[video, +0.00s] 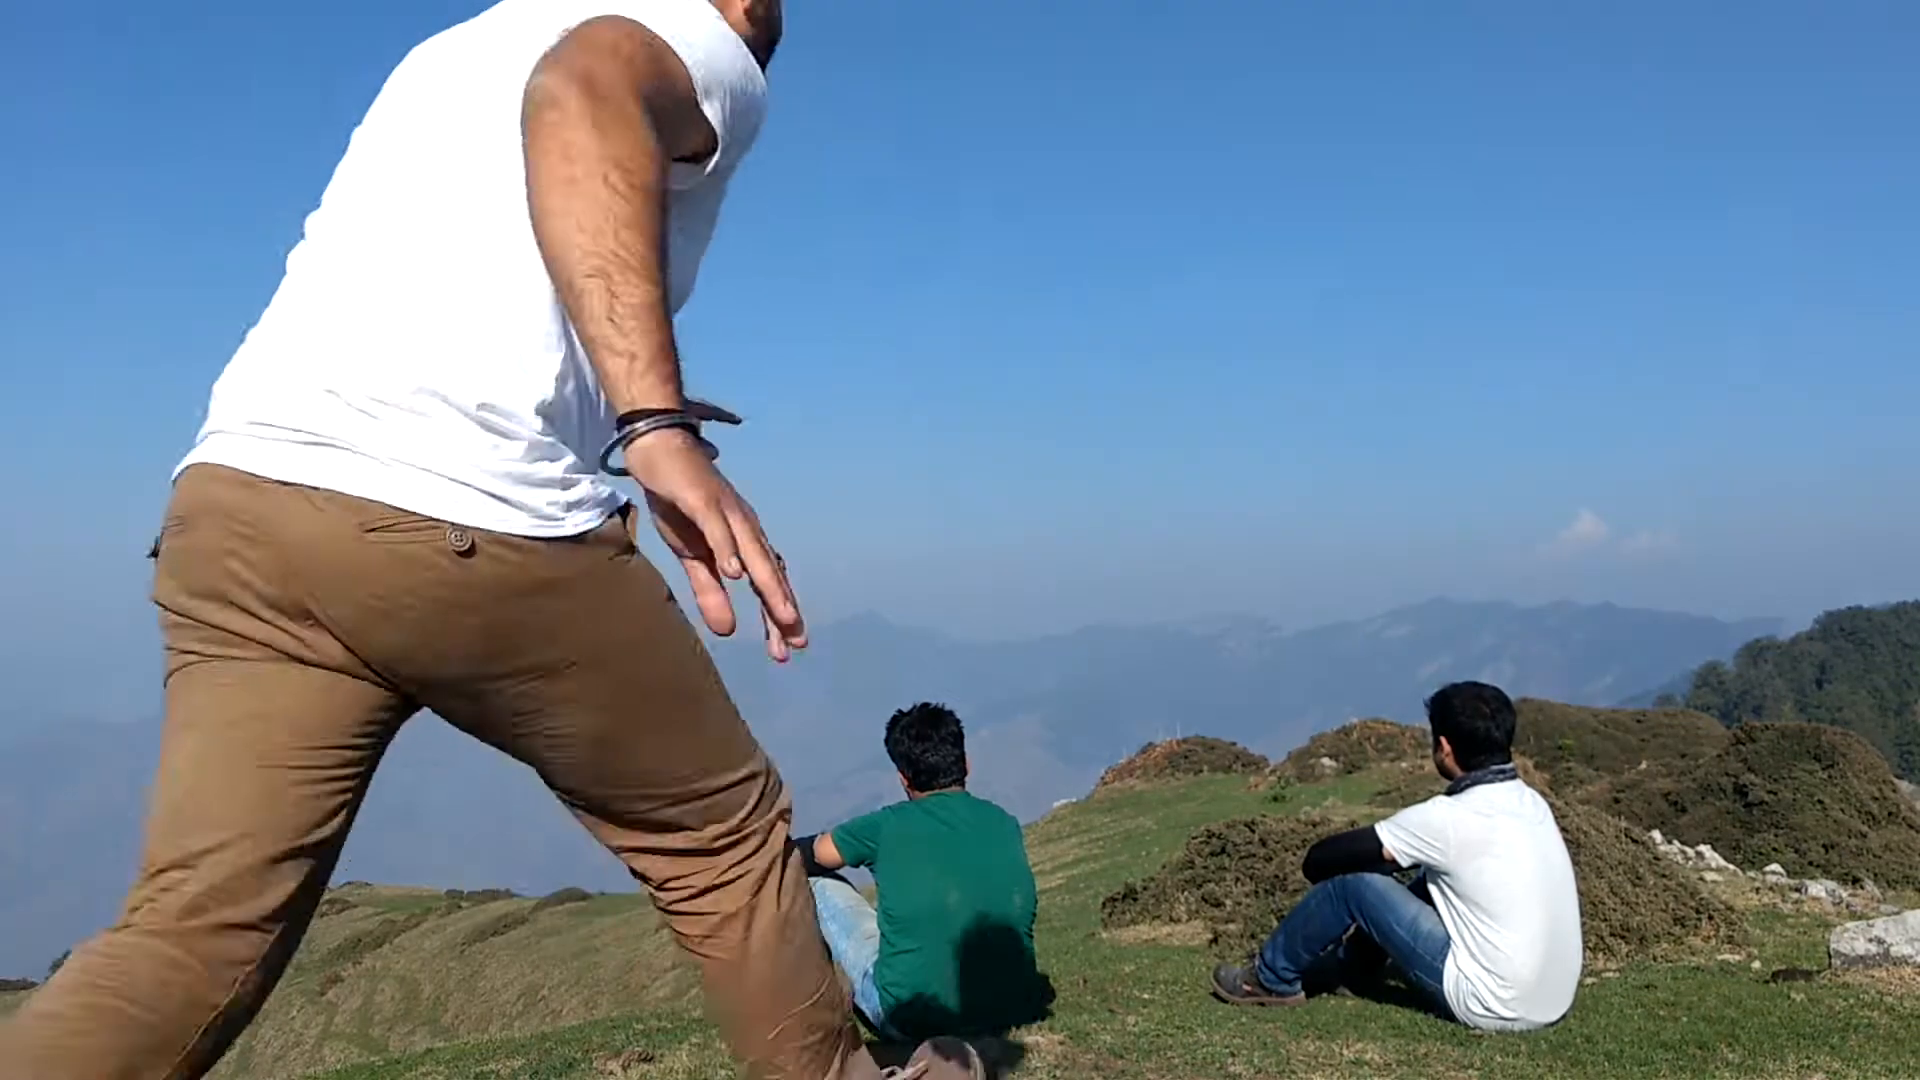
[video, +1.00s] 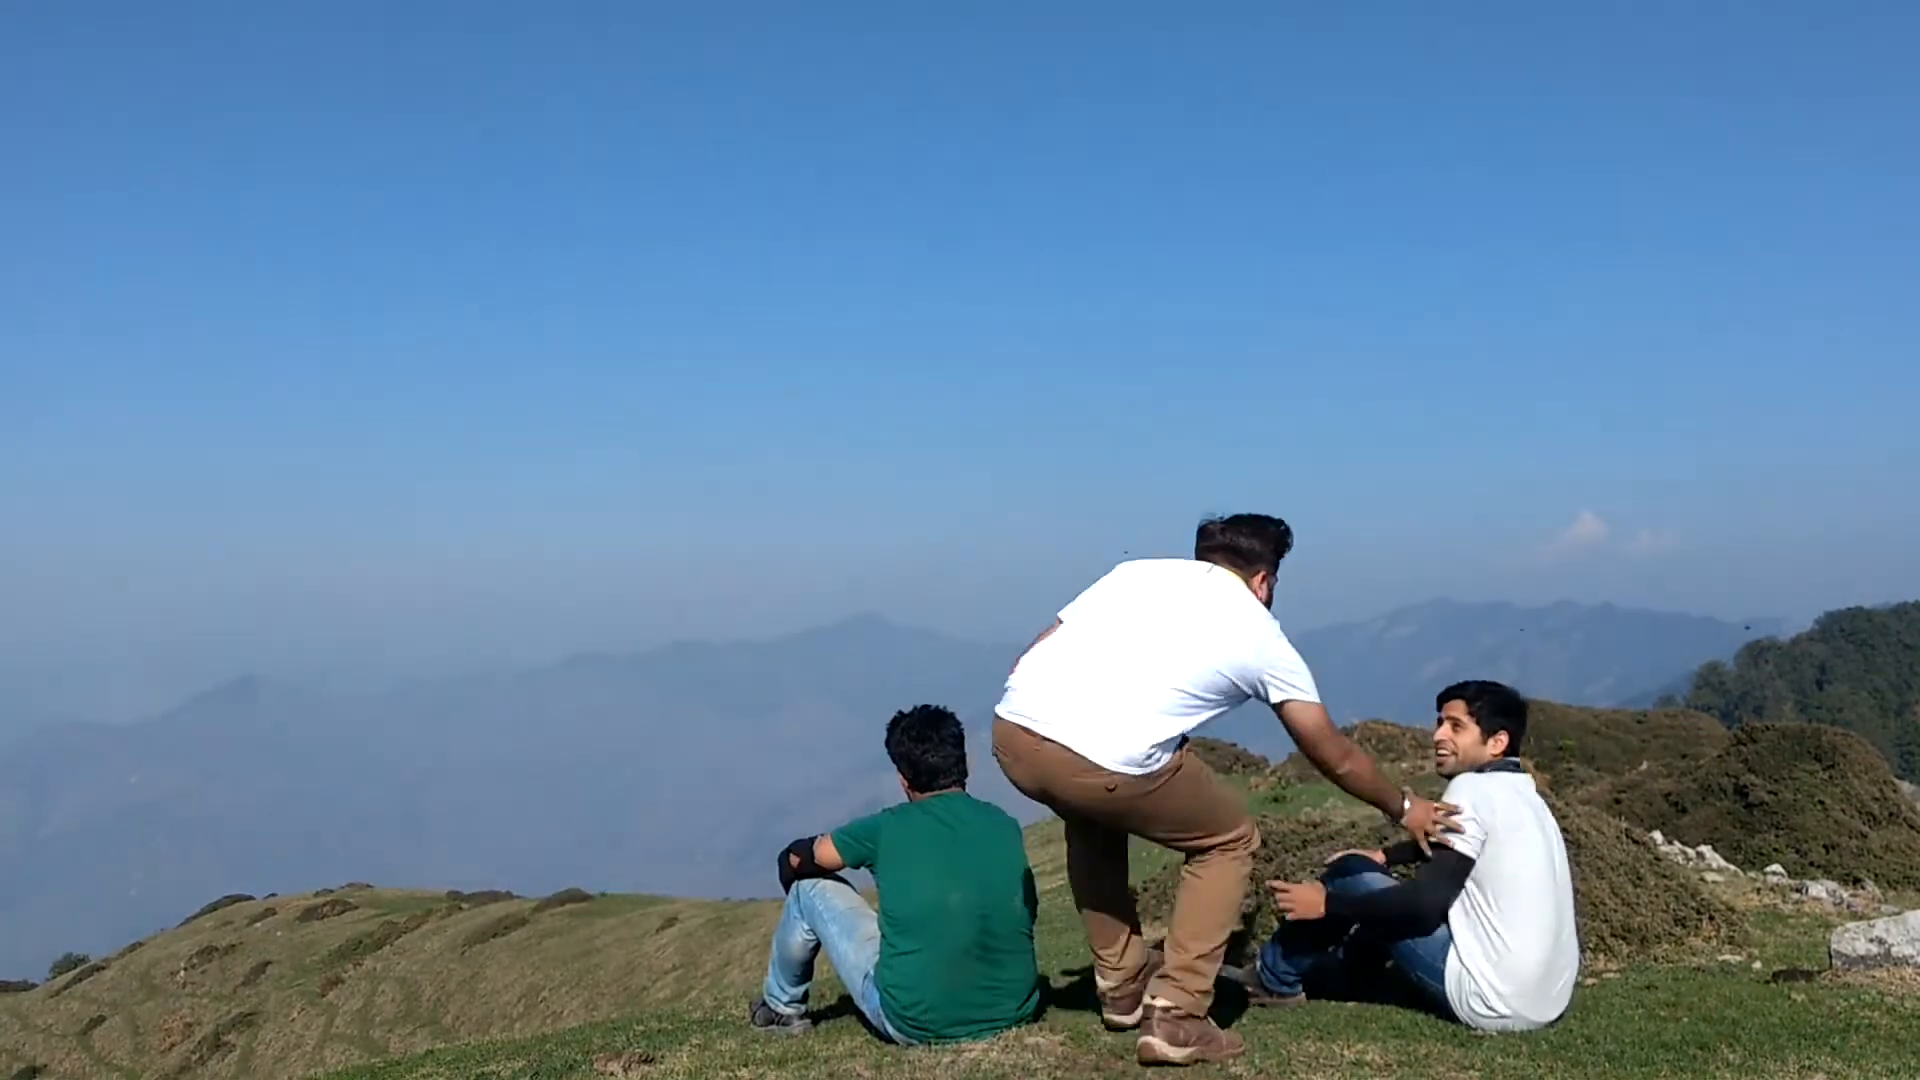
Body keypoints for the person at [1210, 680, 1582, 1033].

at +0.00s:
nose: (1433, 748)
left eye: (1434, 738)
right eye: (1433, 738)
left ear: (1447, 748)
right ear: (1503, 742)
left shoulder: (1449, 816)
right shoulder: (1533, 803)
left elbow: (1318, 860)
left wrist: (1390, 864)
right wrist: (1383, 860)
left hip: (1487, 1003)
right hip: (1547, 998)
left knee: (1353, 883)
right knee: (1430, 876)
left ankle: (1271, 976)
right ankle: (1352, 964)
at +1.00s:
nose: (1438, 737)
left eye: (1455, 726)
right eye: (1440, 724)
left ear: (1496, 742)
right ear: (1500, 746)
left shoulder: (1472, 790)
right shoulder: (1529, 796)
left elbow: (1427, 905)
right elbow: (1464, 844)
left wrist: (1326, 902)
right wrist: (1387, 857)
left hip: (1488, 1005)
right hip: (1544, 1001)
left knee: (1351, 872)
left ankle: (1274, 975)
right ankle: (1351, 964)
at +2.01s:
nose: (1454, 753)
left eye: (1452, 743)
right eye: (1455, 740)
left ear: (1461, 750)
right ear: (1521, 738)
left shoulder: (1493, 802)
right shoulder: (1556, 795)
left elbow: (1487, 916)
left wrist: (1387, 894)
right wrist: (1435, 838)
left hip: (1504, 994)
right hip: (1554, 989)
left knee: (1337, 886)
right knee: (1443, 885)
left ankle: (1228, 973)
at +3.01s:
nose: (1448, 727)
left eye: (1464, 715)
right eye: (1451, 714)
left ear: (1507, 733)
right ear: (1507, 738)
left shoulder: (1497, 790)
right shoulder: (1543, 784)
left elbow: (1528, 895)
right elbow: (1591, 878)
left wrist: (1508, 1011)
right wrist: (1589, 973)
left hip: (1491, 979)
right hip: (1546, 988)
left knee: (1335, 879)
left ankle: (1211, 975)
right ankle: (1333, 979)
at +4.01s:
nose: (1480, 718)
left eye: (1495, 706)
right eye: (1481, 705)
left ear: (1539, 718)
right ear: (1537, 720)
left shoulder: (1534, 792)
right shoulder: (1572, 775)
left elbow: (1540, 904)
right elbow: (1591, 883)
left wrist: (1513, 1013)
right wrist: (1592, 976)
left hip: (1516, 971)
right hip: (1555, 966)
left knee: (1360, 907)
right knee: (1457, 868)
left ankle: (1218, 983)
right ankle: (1349, 966)